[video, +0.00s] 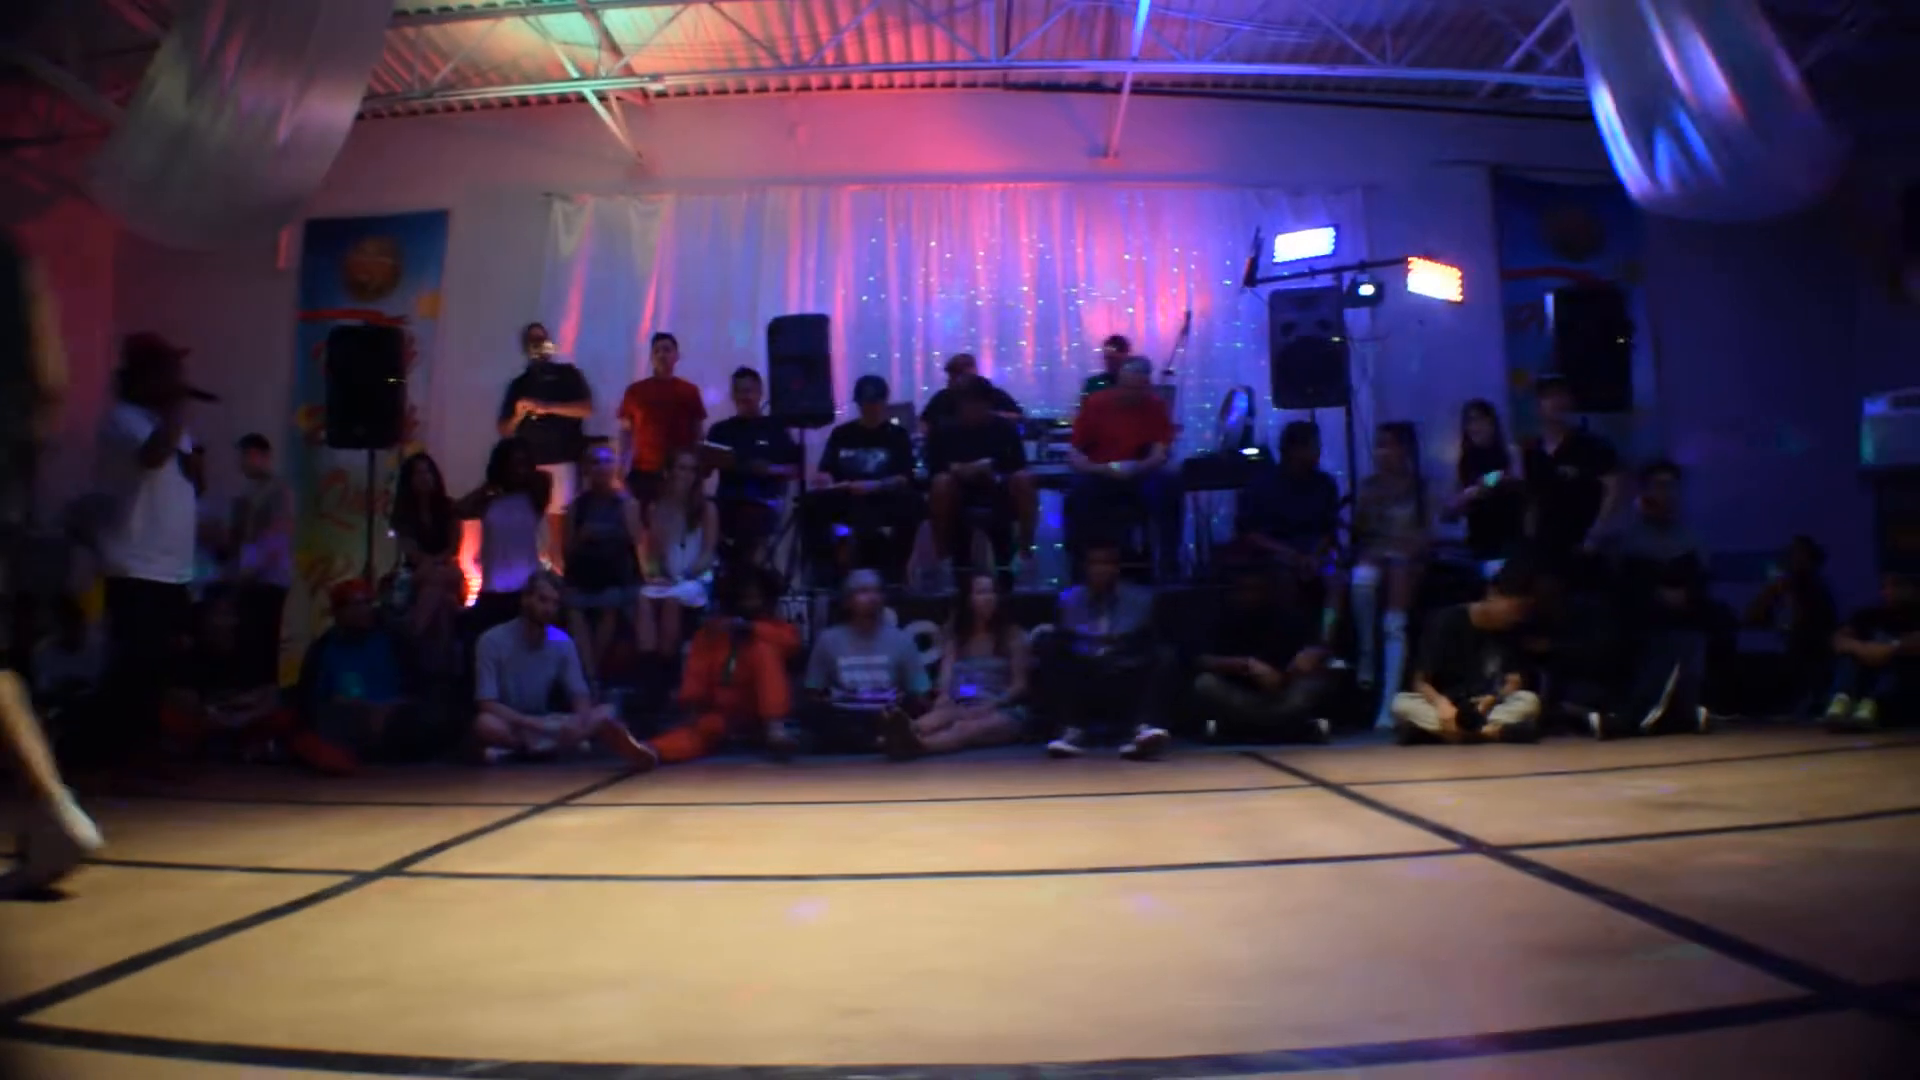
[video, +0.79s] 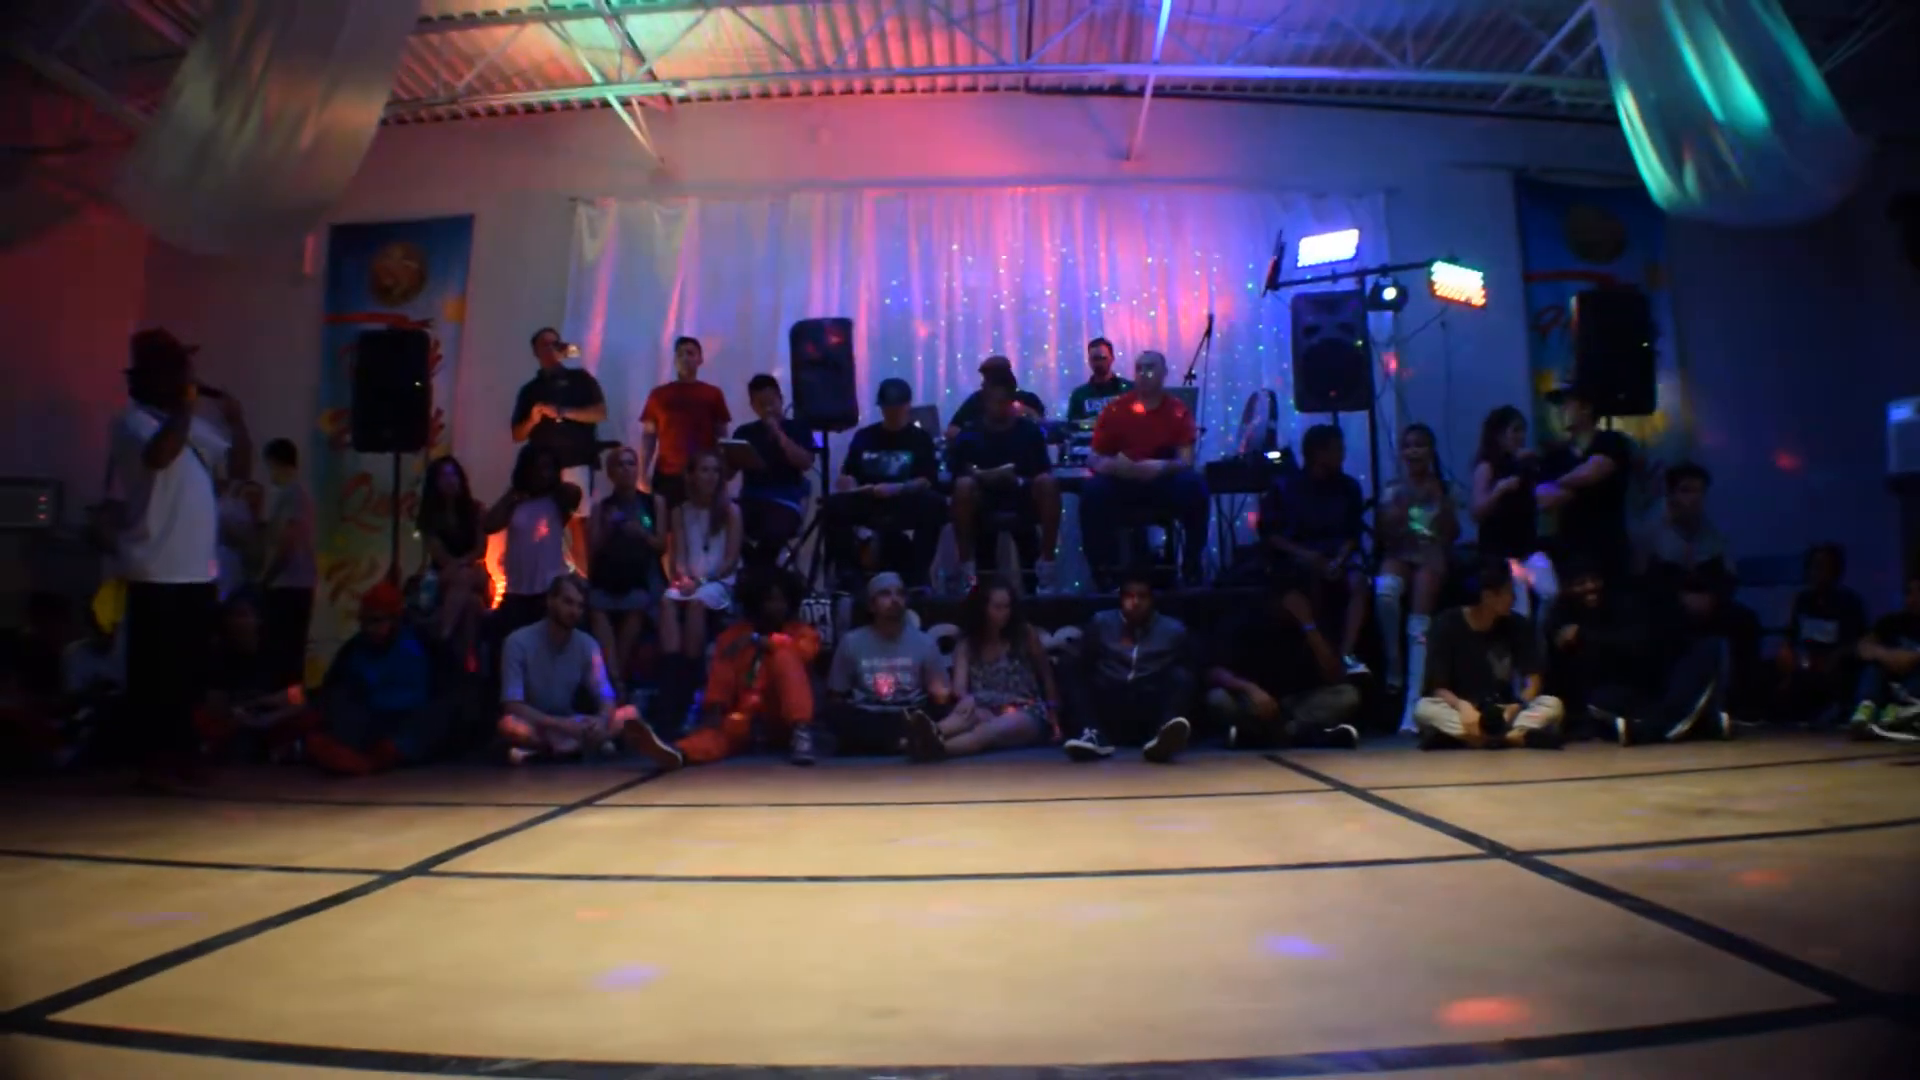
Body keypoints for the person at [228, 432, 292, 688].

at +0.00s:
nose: (246, 463)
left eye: (251, 456)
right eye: (244, 457)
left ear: (263, 457)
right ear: (243, 459)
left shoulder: (279, 491)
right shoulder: (246, 494)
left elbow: (278, 532)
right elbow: (237, 532)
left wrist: (252, 557)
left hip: (271, 578)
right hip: (246, 575)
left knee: (264, 641)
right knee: (245, 639)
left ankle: (263, 691)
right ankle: (243, 691)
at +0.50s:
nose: (240, 470)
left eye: (242, 463)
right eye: (239, 463)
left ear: (253, 462)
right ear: (259, 461)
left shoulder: (273, 492)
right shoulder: (252, 492)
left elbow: (274, 536)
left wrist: (253, 570)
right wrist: (241, 567)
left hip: (265, 581)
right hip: (249, 579)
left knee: (257, 648)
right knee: (247, 647)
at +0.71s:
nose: (272, 472)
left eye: (274, 465)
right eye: (271, 466)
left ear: (283, 465)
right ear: (293, 464)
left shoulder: (294, 498)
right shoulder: (291, 496)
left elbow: (287, 541)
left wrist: (267, 574)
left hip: (292, 585)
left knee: (287, 652)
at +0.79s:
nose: (269, 471)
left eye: (270, 465)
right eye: (269, 465)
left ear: (276, 464)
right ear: (292, 462)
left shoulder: (290, 495)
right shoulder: (296, 493)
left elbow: (283, 540)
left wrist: (264, 575)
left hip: (288, 585)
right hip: (294, 583)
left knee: (282, 652)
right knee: (288, 652)